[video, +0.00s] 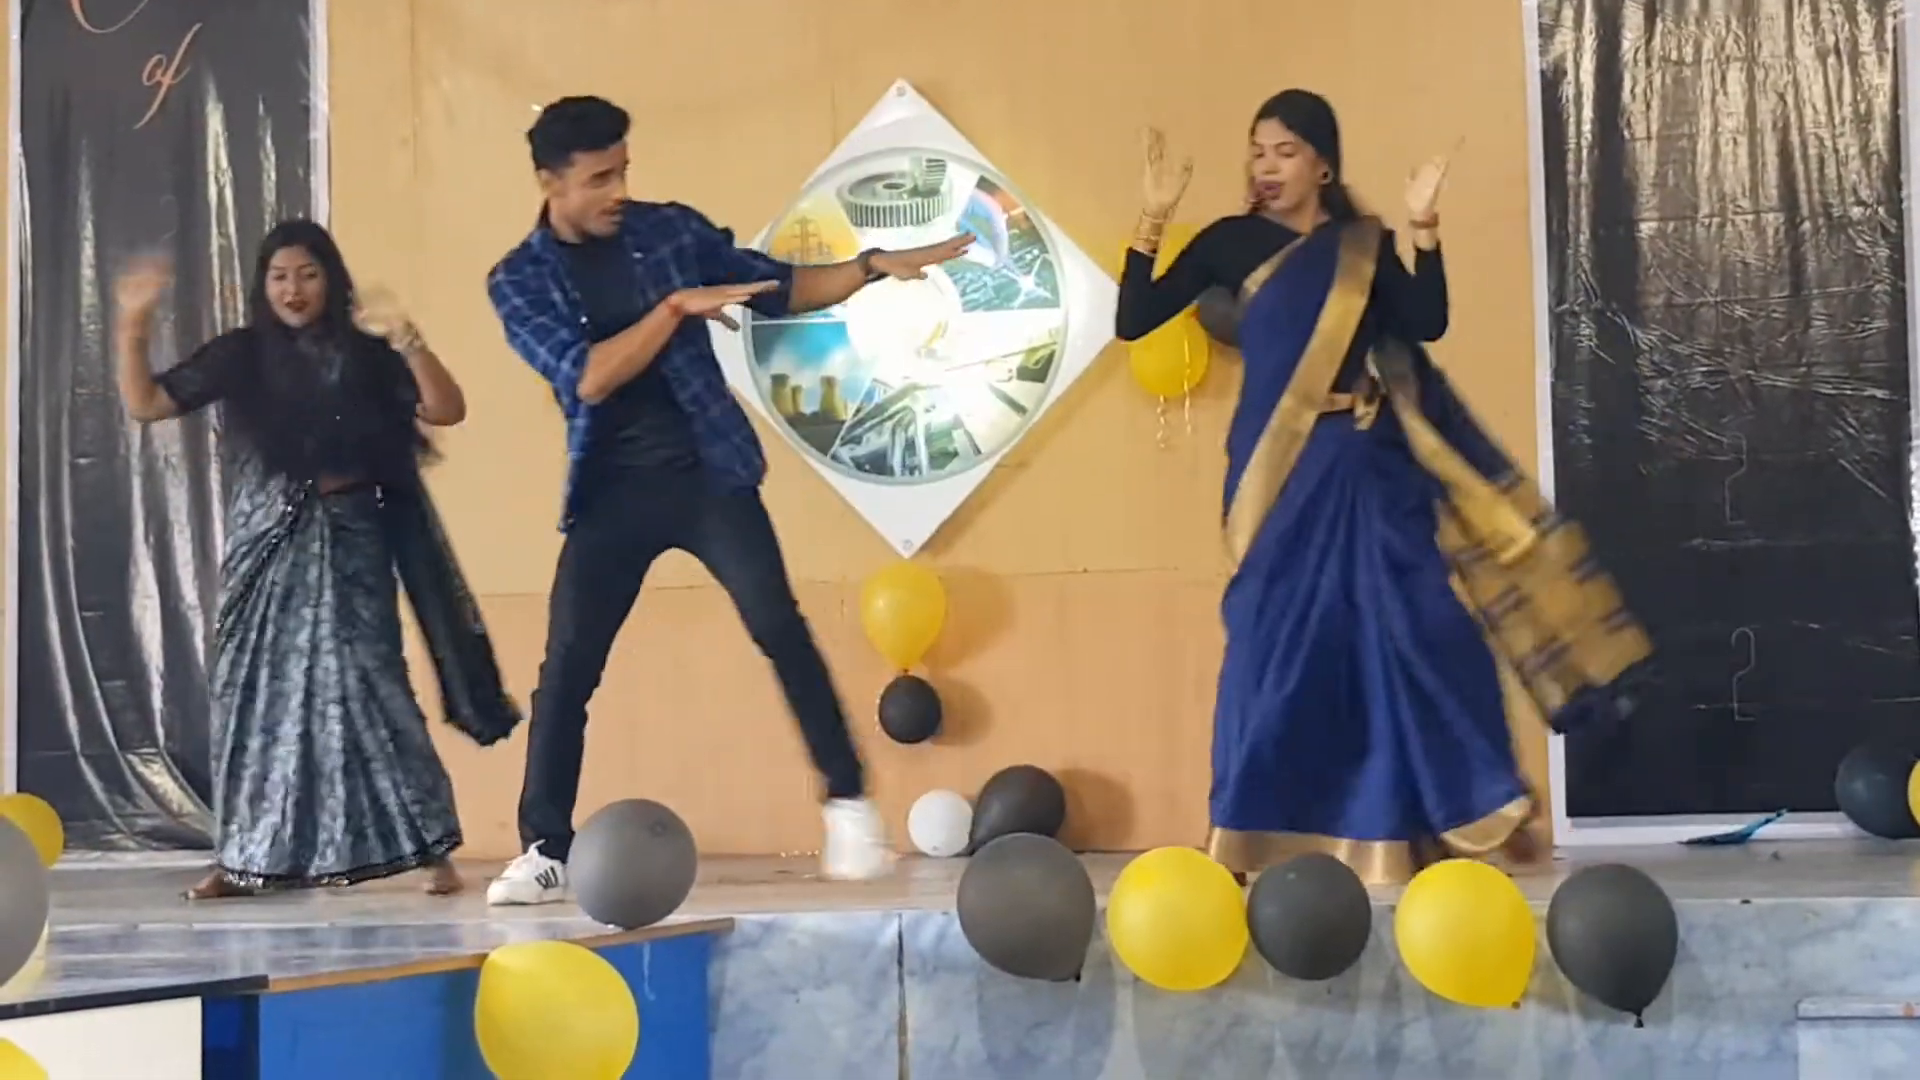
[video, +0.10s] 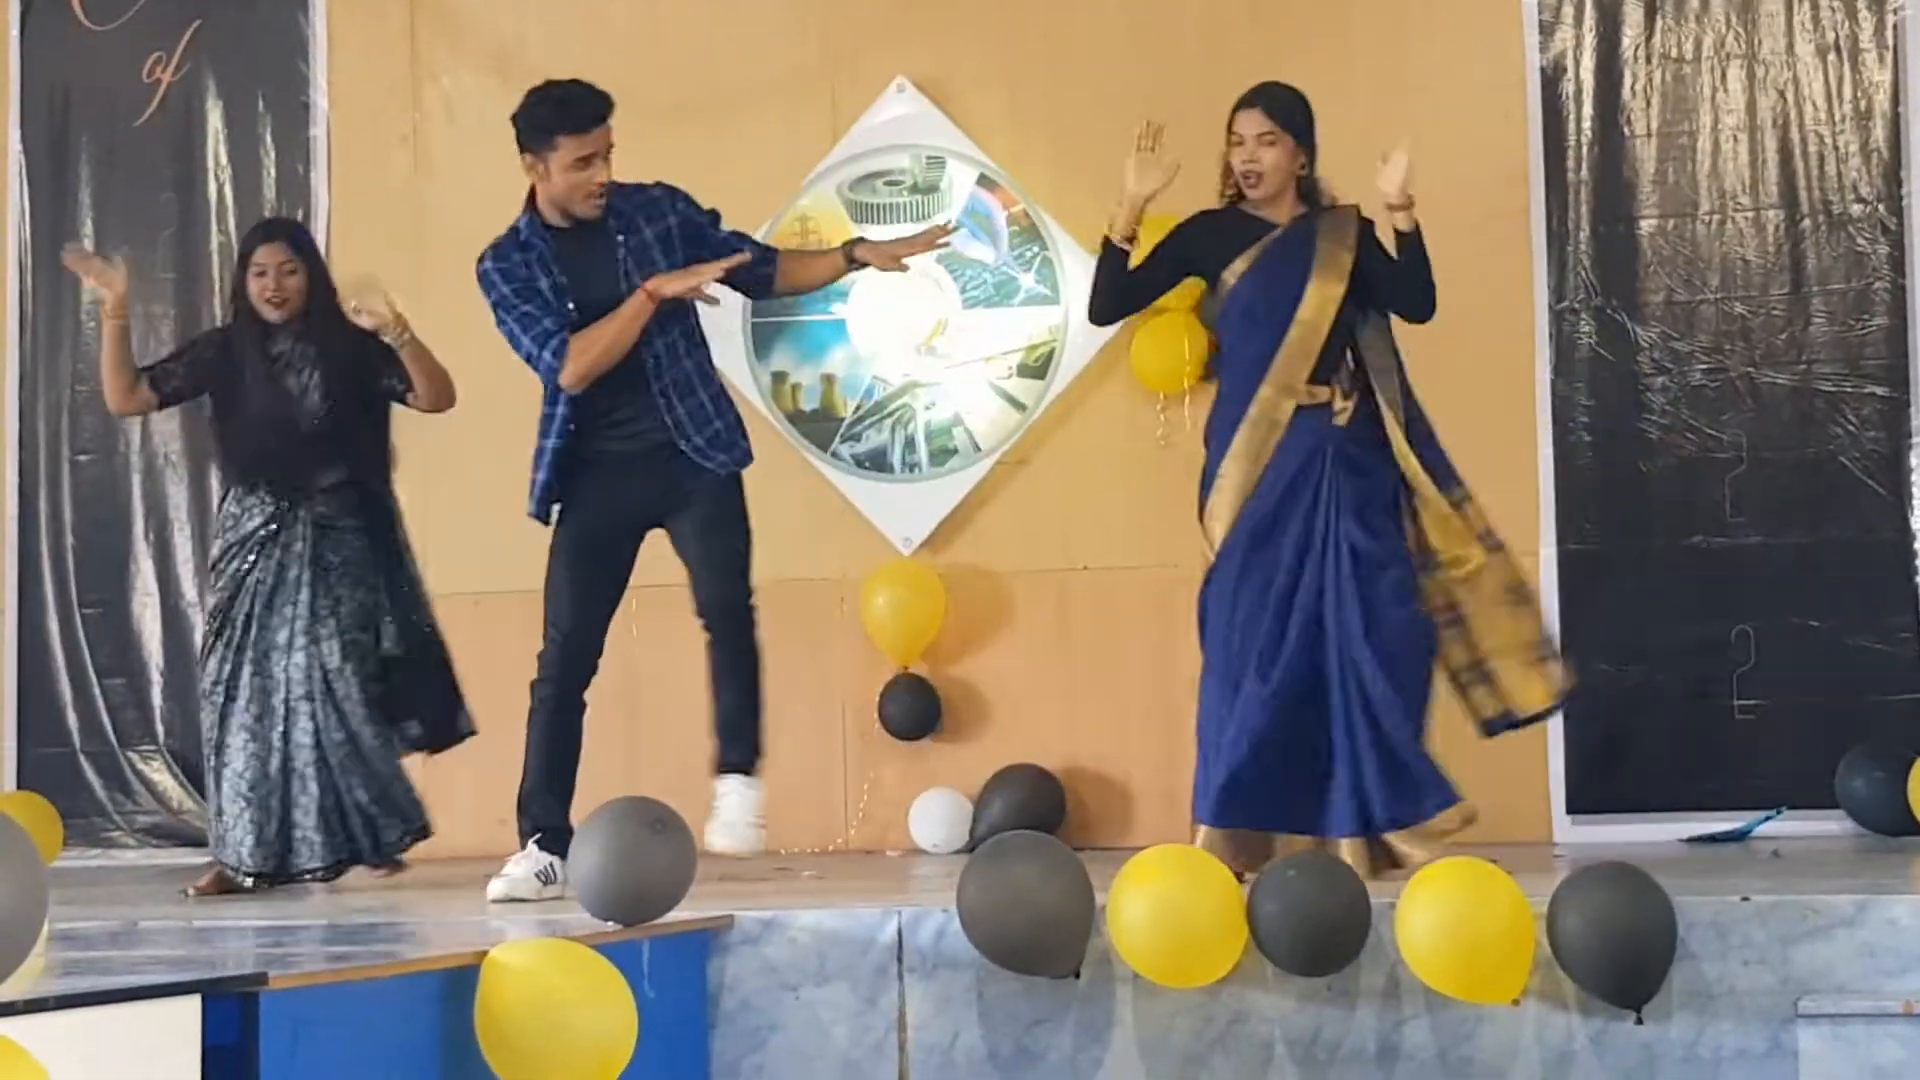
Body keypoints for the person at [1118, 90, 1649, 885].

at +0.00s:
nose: (1266, 167)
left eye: (1284, 151)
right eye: (1257, 152)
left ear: (1324, 162)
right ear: (1249, 163)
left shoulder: (1370, 242)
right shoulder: (1232, 239)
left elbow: (1429, 324)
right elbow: (1133, 320)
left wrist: (1423, 231)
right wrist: (1150, 221)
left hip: (1374, 459)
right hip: (1281, 465)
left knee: (1406, 635)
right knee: (1273, 646)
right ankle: (1240, 848)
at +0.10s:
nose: (1247, 156)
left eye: (1264, 141)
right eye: (1238, 142)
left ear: (1301, 149)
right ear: (1229, 151)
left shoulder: (1346, 230)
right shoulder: (1211, 232)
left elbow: (1417, 305)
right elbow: (1106, 307)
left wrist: (1399, 216)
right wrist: (1128, 216)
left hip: (1353, 457)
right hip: (1256, 462)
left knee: (1370, 636)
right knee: (1256, 641)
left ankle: (1369, 825)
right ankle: (1231, 837)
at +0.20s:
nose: (1238, 149)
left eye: (1255, 134)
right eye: (1227, 134)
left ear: (1288, 144)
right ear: (1213, 146)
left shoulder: (1338, 217)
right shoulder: (1198, 227)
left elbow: (1406, 301)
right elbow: (1095, 301)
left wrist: (1377, 211)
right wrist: (1116, 205)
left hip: (1327, 444)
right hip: (1237, 449)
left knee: (1314, 633)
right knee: (1244, 635)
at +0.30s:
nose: (1250, 161)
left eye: (1267, 150)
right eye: (1237, 146)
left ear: (1287, 164)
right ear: (1215, 157)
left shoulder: (1324, 242)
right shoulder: (1193, 249)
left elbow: (1382, 339)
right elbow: (1105, 318)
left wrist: (1365, 247)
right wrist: (1109, 223)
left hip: (1315, 458)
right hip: (1228, 459)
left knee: (1291, 646)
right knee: (1231, 643)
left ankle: (1246, 846)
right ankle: (1212, 840)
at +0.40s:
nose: (1278, 180)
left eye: (1292, 168)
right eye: (1265, 163)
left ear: (1306, 181)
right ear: (1231, 168)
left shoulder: (1330, 256)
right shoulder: (1189, 252)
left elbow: (1372, 358)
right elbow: (1109, 331)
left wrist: (1371, 261)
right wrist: (1122, 258)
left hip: (1325, 463)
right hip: (1230, 464)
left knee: (1349, 634)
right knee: (1231, 642)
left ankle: (1335, 805)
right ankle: (1229, 839)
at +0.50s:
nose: (1306, 168)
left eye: (1319, 158)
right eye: (1294, 152)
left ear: (1329, 170)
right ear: (1260, 154)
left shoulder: (1342, 249)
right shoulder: (1208, 228)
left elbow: (1394, 327)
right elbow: (1118, 305)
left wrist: (1391, 229)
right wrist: (1147, 223)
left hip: (1338, 456)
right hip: (1242, 456)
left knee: (1379, 621)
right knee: (1235, 628)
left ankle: (1432, 816)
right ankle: (1192, 822)